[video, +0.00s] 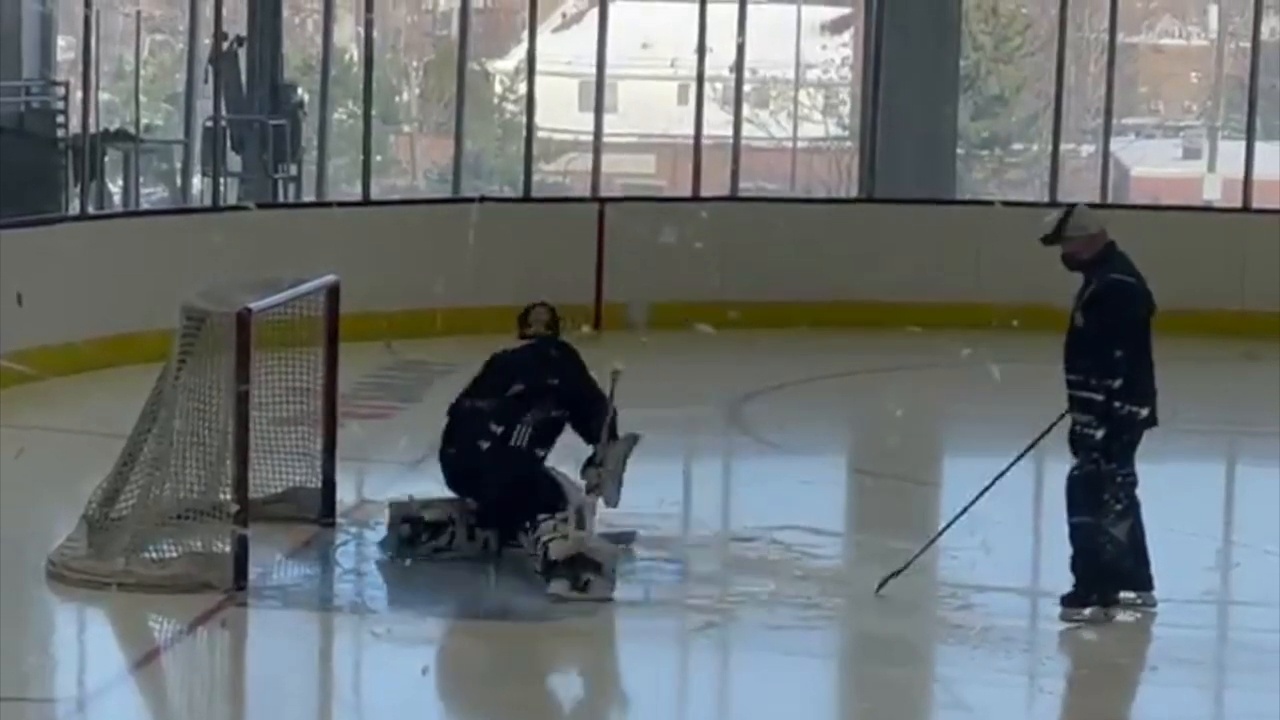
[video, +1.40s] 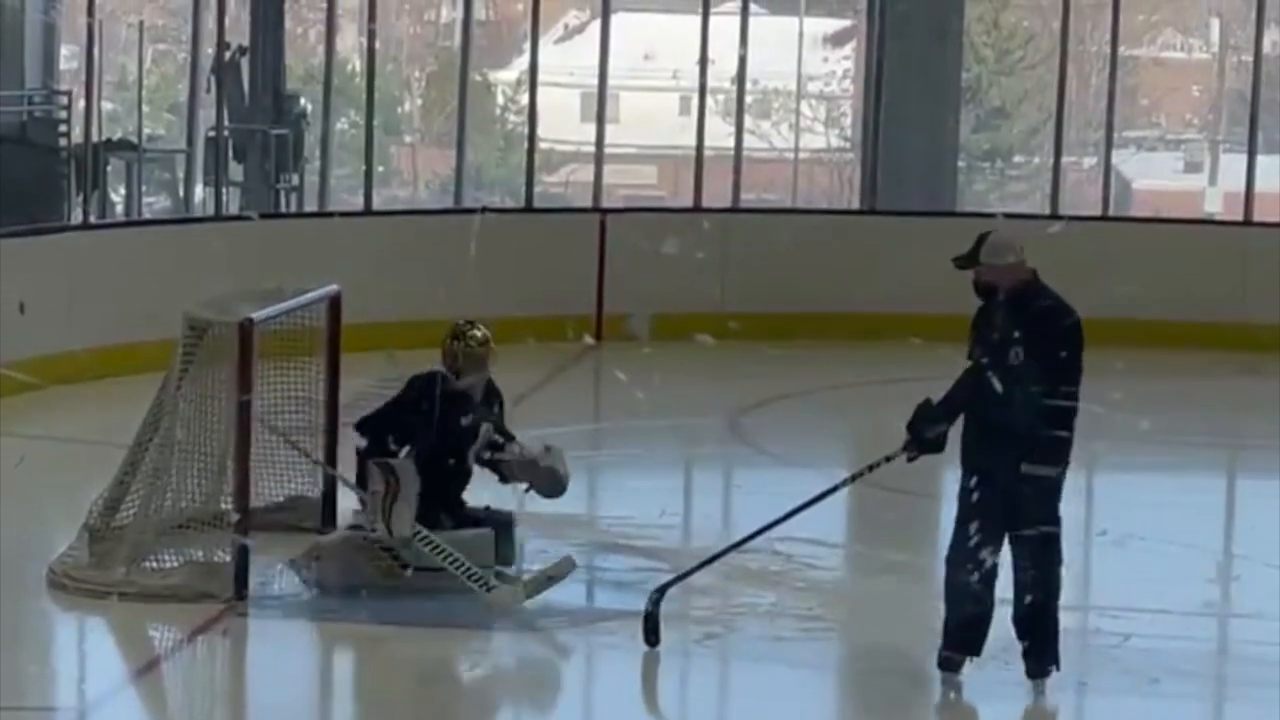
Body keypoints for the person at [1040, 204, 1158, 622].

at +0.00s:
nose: (1063, 256)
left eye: (1067, 247)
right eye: (1061, 248)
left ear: (1088, 243)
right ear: (1090, 243)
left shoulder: (1113, 287)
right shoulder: (1105, 279)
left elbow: (1111, 361)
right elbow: (1104, 356)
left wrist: (1091, 417)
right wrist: (1083, 407)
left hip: (1112, 413)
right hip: (1113, 410)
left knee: (1088, 494)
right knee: (1115, 494)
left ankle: (1094, 589)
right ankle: (1133, 581)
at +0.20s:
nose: (1046, 266)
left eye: (1051, 258)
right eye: (1045, 258)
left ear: (1072, 255)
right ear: (1069, 255)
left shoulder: (1109, 297)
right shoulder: (1073, 292)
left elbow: (1110, 370)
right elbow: (1061, 353)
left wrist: (1099, 425)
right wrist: (1030, 383)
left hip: (1106, 423)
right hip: (1082, 419)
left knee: (1072, 502)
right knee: (1103, 497)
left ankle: (1077, 593)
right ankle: (1129, 569)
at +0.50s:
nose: (1030, 262)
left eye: (1036, 256)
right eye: (1029, 255)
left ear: (1060, 254)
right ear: (1044, 254)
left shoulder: (1102, 298)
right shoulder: (1040, 287)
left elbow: (1105, 376)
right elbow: (1017, 345)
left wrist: (1090, 437)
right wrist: (983, 386)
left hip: (1077, 425)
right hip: (1038, 422)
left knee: (1056, 519)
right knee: (1054, 511)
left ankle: (1046, 615)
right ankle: (1075, 586)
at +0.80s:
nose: (1010, 264)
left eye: (1016, 256)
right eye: (1009, 256)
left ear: (1041, 256)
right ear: (1027, 255)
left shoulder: (1088, 305)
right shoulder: (1020, 293)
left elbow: (1093, 383)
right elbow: (987, 355)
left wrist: (1083, 441)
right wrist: (947, 395)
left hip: (1058, 440)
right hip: (1011, 435)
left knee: (1052, 535)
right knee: (1005, 527)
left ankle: (1045, 629)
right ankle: (1006, 601)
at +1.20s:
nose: (993, 275)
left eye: (999, 268)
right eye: (992, 268)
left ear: (1023, 266)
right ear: (1005, 267)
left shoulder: (1070, 315)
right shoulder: (1000, 306)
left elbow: (1071, 397)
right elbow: (975, 367)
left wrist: (1057, 463)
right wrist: (935, 410)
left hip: (1043, 462)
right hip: (994, 457)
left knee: (1043, 562)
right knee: (980, 554)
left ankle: (1044, 657)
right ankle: (967, 649)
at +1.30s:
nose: (985, 277)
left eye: (992, 270)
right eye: (985, 270)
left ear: (1018, 266)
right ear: (1000, 269)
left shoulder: (1065, 318)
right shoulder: (995, 311)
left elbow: (1067, 401)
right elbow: (974, 373)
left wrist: (1052, 466)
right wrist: (933, 416)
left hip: (1040, 467)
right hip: (989, 463)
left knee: (1039, 570)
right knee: (974, 560)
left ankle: (1042, 671)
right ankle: (958, 662)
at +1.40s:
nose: (978, 280)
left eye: (984, 272)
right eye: (978, 272)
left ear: (1008, 270)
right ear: (999, 270)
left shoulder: (1056, 318)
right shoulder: (990, 313)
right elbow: (977, 378)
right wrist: (937, 422)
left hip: (1037, 465)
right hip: (985, 460)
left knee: (1036, 565)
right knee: (969, 558)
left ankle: (1040, 664)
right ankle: (954, 656)